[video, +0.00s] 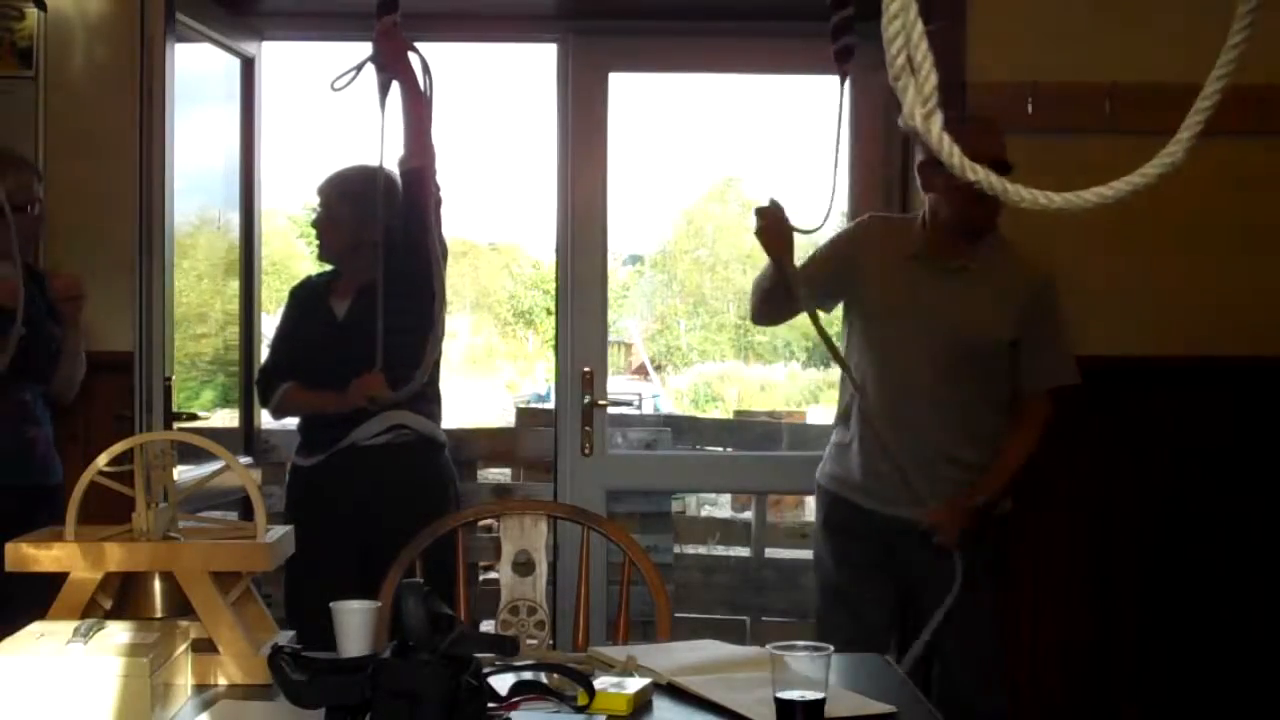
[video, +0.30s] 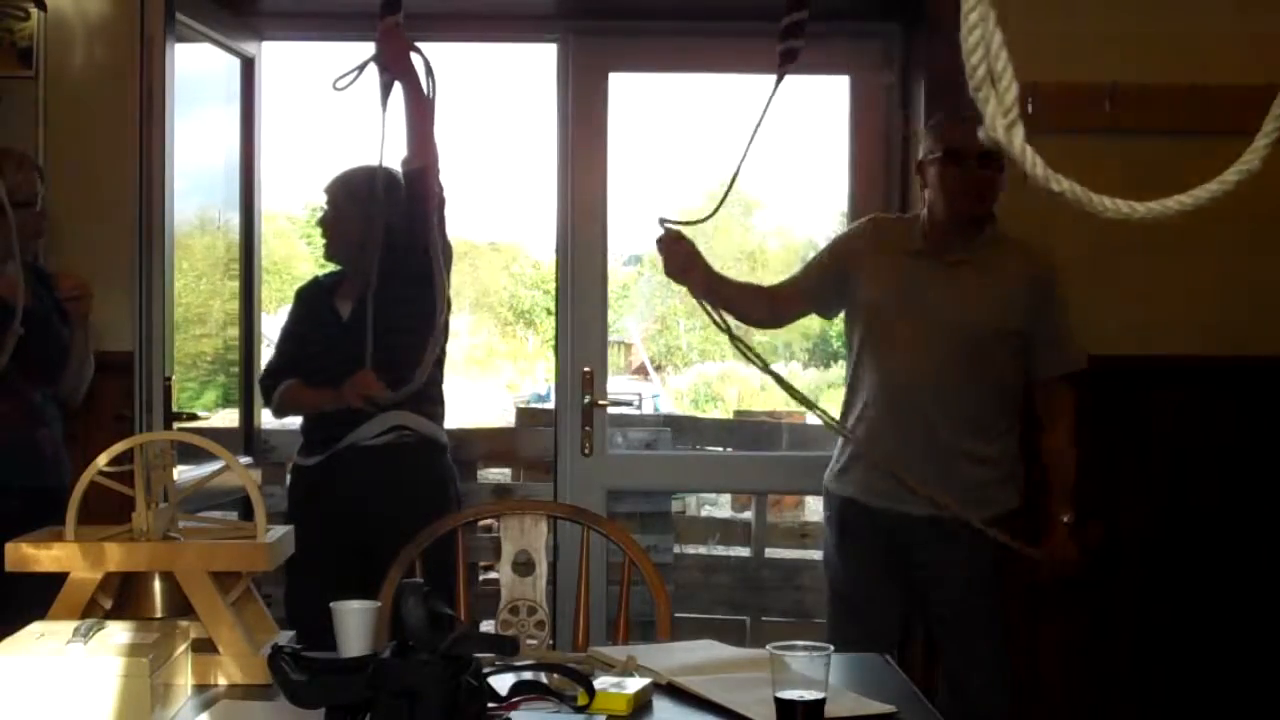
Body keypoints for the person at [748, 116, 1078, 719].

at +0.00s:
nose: (981, 193)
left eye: (993, 179)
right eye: (965, 178)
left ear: (1006, 187)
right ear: (928, 181)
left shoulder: (1022, 284)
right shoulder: (872, 240)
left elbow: (1037, 411)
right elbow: (767, 312)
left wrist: (974, 503)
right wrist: (780, 260)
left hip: (960, 525)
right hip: (856, 510)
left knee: (959, 690)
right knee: (854, 681)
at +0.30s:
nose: (975, 176)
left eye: (987, 162)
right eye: (958, 161)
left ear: (1002, 177)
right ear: (925, 173)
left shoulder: (1025, 273)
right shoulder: (872, 245)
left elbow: (1055, 410)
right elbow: (775, 307)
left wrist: (1059, 517)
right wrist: (701, 277)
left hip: (978, 518)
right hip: (867, 507)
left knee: (976, 689)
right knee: (863, 682)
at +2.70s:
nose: (898, 167)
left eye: (915, 156)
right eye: (885, 156)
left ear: (939, 173)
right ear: (867, 173)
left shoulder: (979, 263)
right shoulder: (826, 266)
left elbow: (1013, 389)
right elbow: (809, 391)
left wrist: (1011, 502)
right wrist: (781, 383)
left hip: (951, 507)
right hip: (843, 505)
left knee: (952, 680)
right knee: (854, 678)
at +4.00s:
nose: (918, 171)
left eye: (929, 159)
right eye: (900, 160)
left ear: (943, 172)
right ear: (866, 178)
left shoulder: (983, 264)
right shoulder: (823, 268)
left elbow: (1012, 389)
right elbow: (806, 393)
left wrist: (1015, 503)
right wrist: (784, 382)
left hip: (953, 509)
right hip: (843, 506)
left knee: (952, 681)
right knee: (853, 678)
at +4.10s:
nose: (912, 170)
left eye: (925, 159)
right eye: (894, 160)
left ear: (941, 172)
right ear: (864, 178)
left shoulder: (983, 265)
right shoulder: (823, 268)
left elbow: (1012, 390)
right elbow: (806, 395)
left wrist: (1015, 503)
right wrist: (783, 383)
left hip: (953, 508)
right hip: (843, 506)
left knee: (952, 681)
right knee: (853, 678)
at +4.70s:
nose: (888, 173)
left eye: (905, 159)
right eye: (876, 163)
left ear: (937, 175)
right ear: (861, 182)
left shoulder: (978, 265)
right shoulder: (822, 269)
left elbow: (1009, 388)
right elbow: (805, 397)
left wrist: (1013, 502)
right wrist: (781, 384)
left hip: (950, 509)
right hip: (841, 507)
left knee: (952, 684)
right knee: (852, 681)